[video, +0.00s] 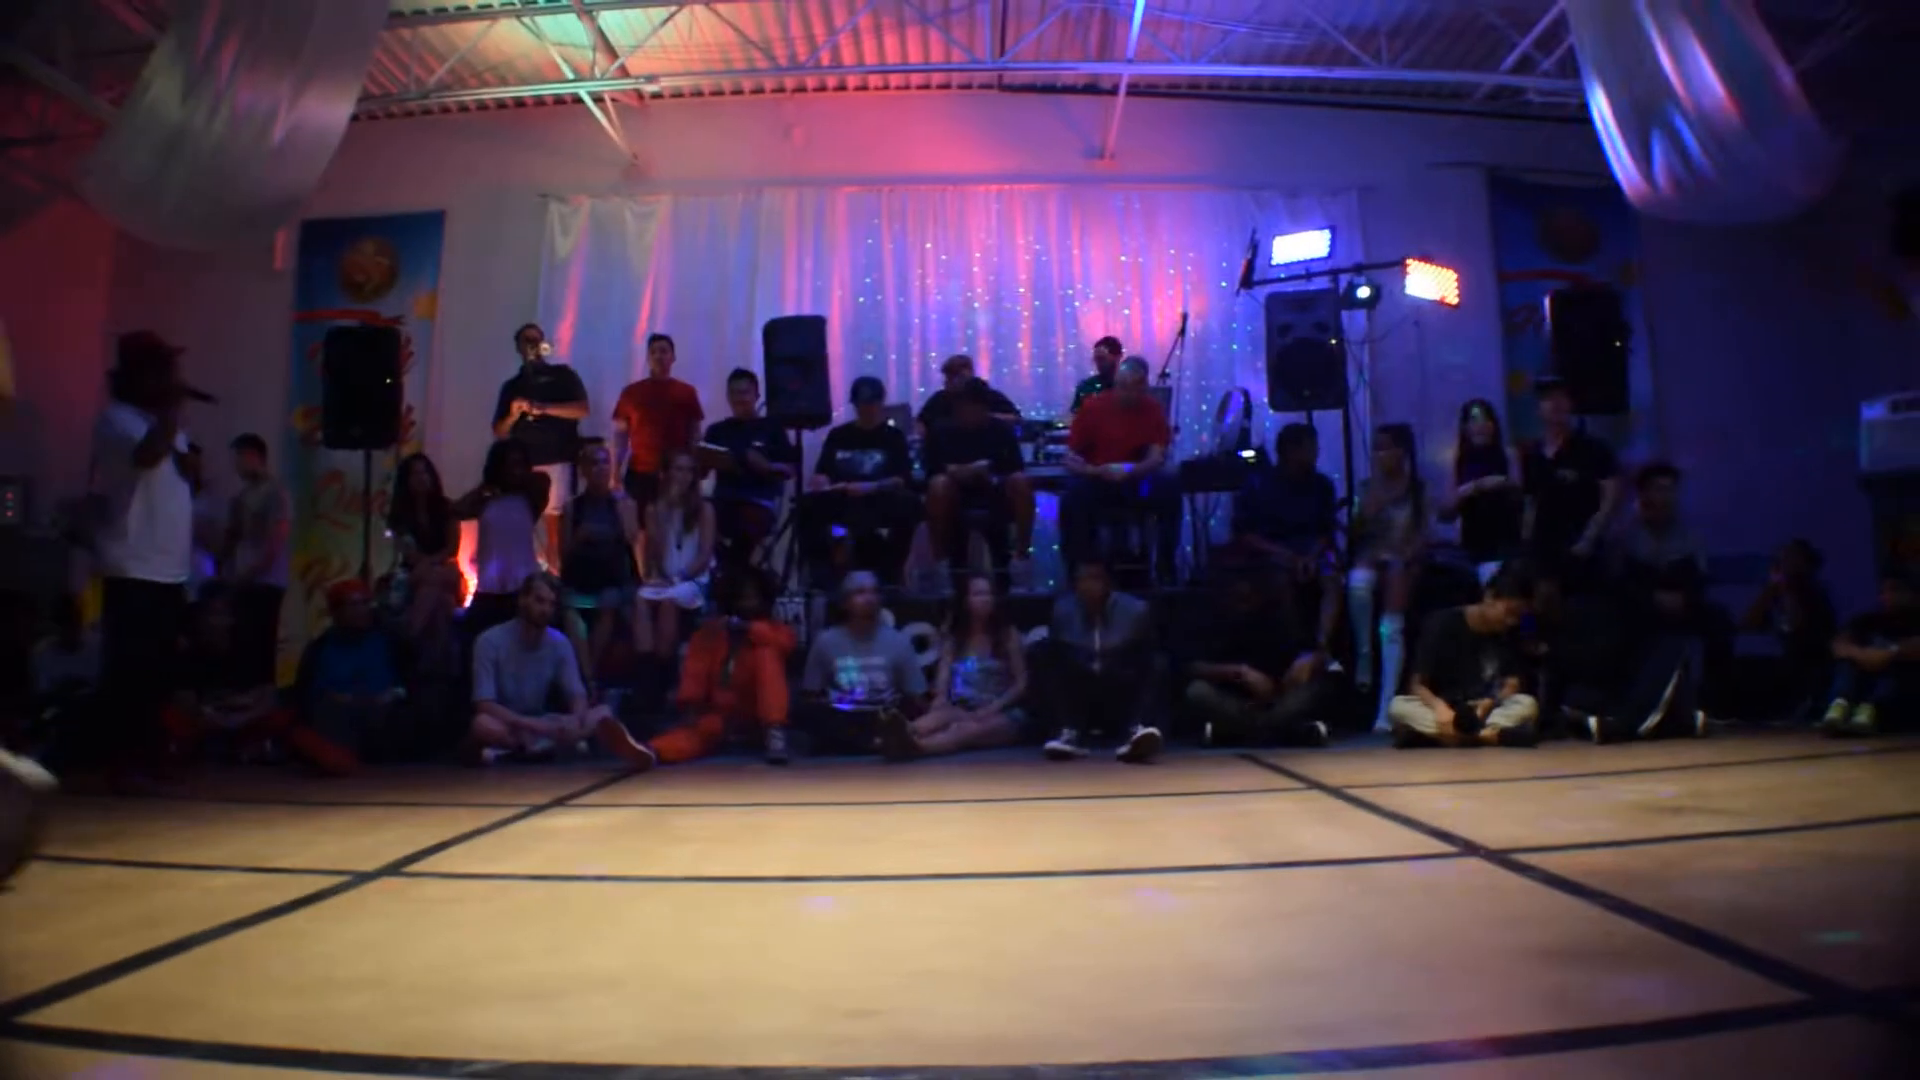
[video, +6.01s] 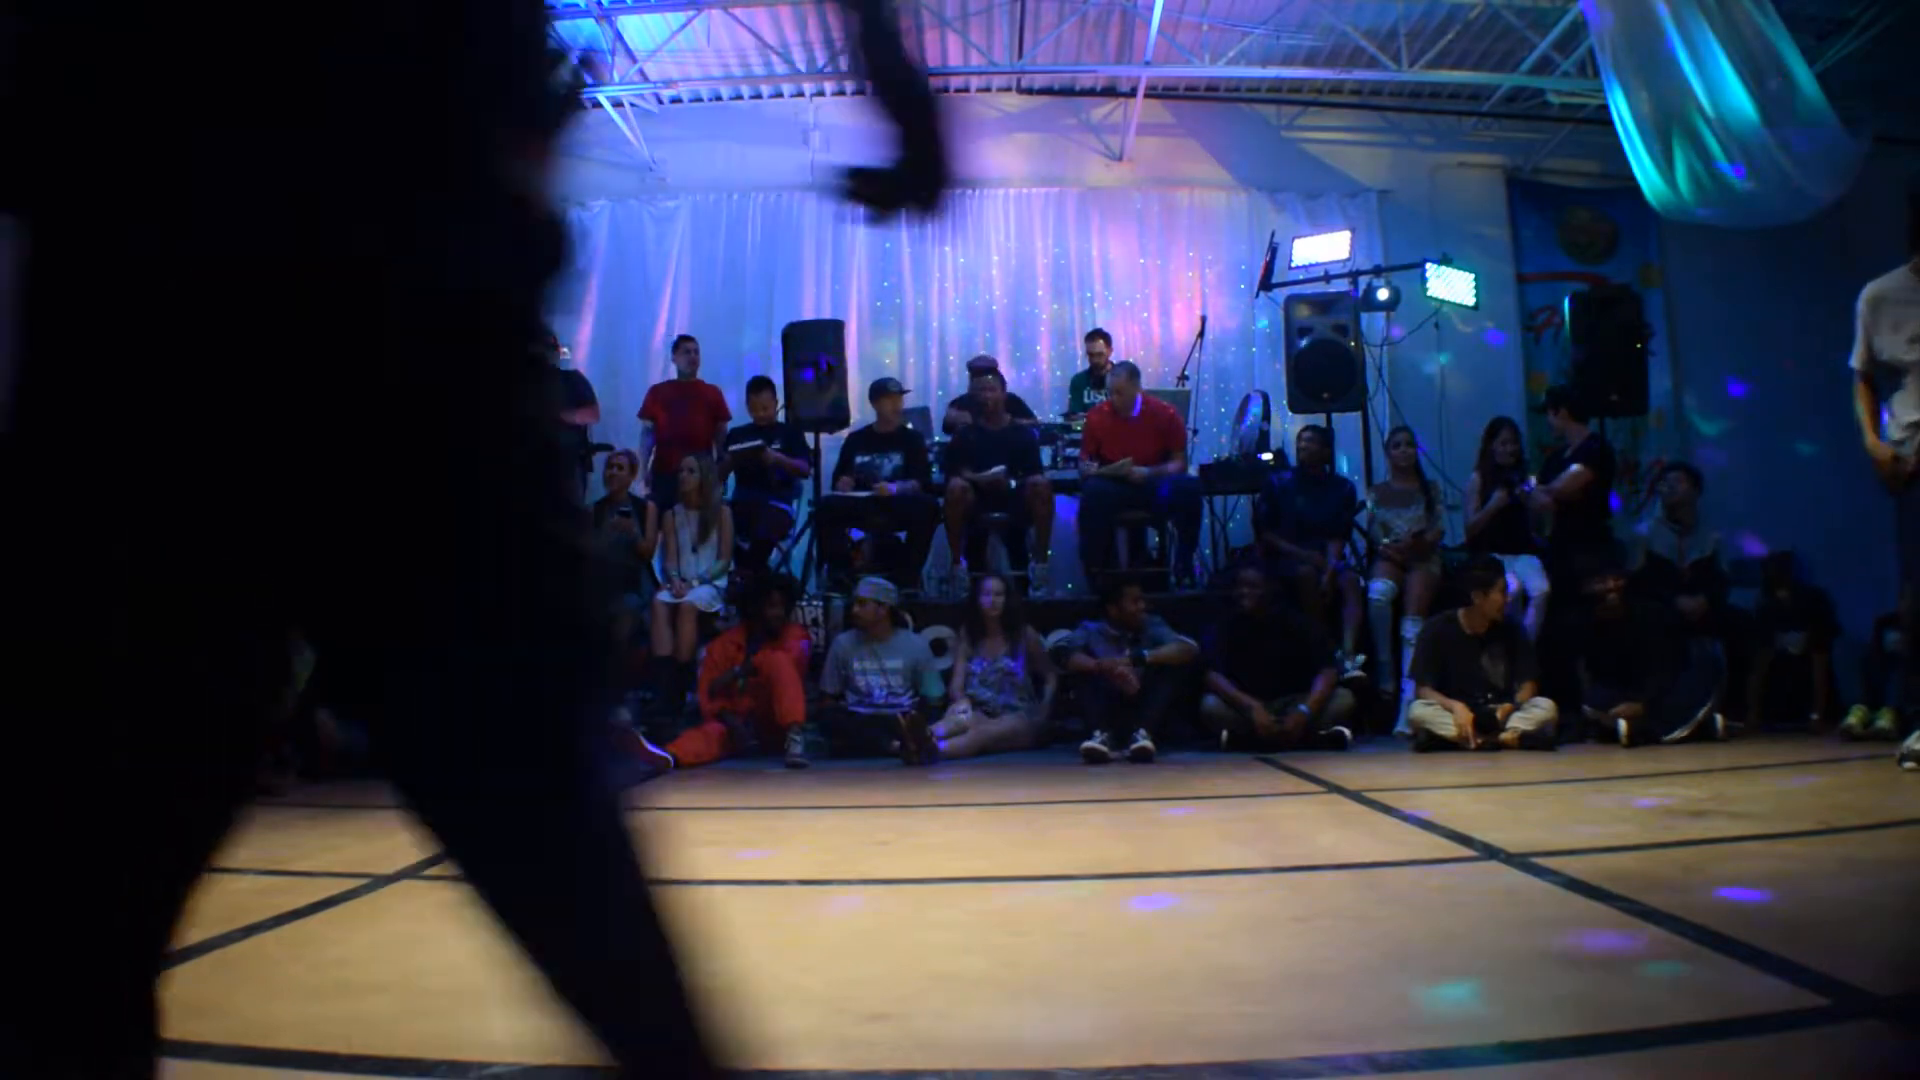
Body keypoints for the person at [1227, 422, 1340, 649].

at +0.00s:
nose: (1310, 457)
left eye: (1312, 450)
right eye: (1303, 450)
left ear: (1315, 451)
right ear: (1285, 452)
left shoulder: (1322, 485)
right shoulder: (1262, 484)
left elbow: (1327, 532)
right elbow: (1246, 534)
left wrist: (1313, 556)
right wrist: (1287, 557)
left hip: (1312, 556)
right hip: (1274, 556)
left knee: (1332, 580)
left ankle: (1322, 649)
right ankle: (1293, 650)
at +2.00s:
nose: (1329, 456)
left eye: (1330, 450)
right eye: (1322, 450)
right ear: (1303, 454)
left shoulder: (1340, 486)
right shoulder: (1278, 487)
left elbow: (1348, 533)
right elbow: (1262, 536)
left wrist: (1333, 560)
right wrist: (1300, 560)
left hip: (1330, 557)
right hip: (1292, 558)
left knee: (1353, 583)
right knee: (1299, 585)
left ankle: (1340, 657)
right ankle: (1311, 656)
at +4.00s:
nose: (1323, 455)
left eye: (1325, 449)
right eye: (1316, 449)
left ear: (1330, 453)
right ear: (1300, 454)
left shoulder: (1339, 488)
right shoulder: (1280, 487)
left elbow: (1347, 535)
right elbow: (1270, 538)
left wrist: (1332, 558)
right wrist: (1309, 561)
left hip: (1330, 557)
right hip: (1294, 557)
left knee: (1354, 580)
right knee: (1301, 584)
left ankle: (1351, 648)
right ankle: (1312, 654)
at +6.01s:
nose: (1303, 447)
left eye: (1311, 442)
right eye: (1301, 441)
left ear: (1326, 450)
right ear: (1296, 447)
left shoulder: (1342, 487)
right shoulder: (1279, 483)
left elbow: (1339, 536)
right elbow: (1265, 533)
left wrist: (1329, 571)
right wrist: (1305, 556)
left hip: (1326, 555)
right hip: (1289, 555)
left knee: (1351, 582)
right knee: (1307, 577)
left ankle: (1347, 654)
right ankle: (1314, 653)